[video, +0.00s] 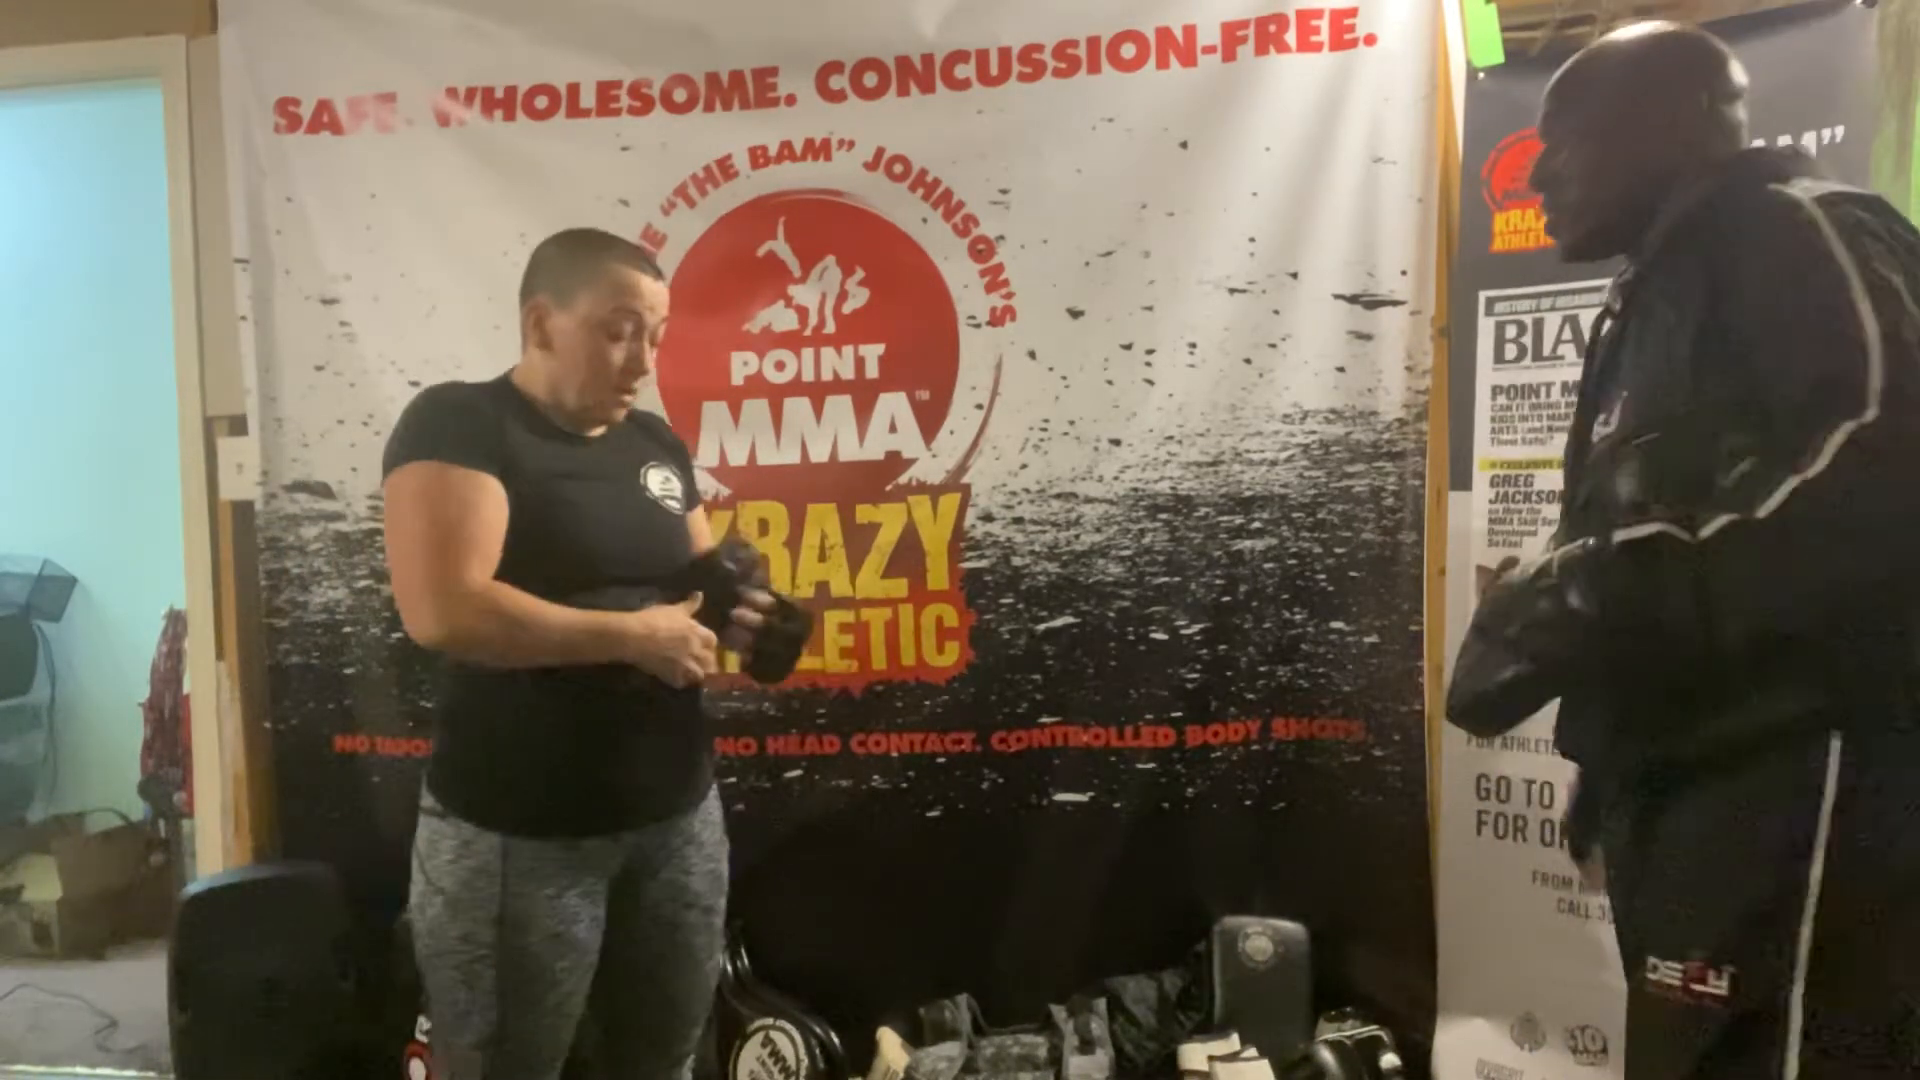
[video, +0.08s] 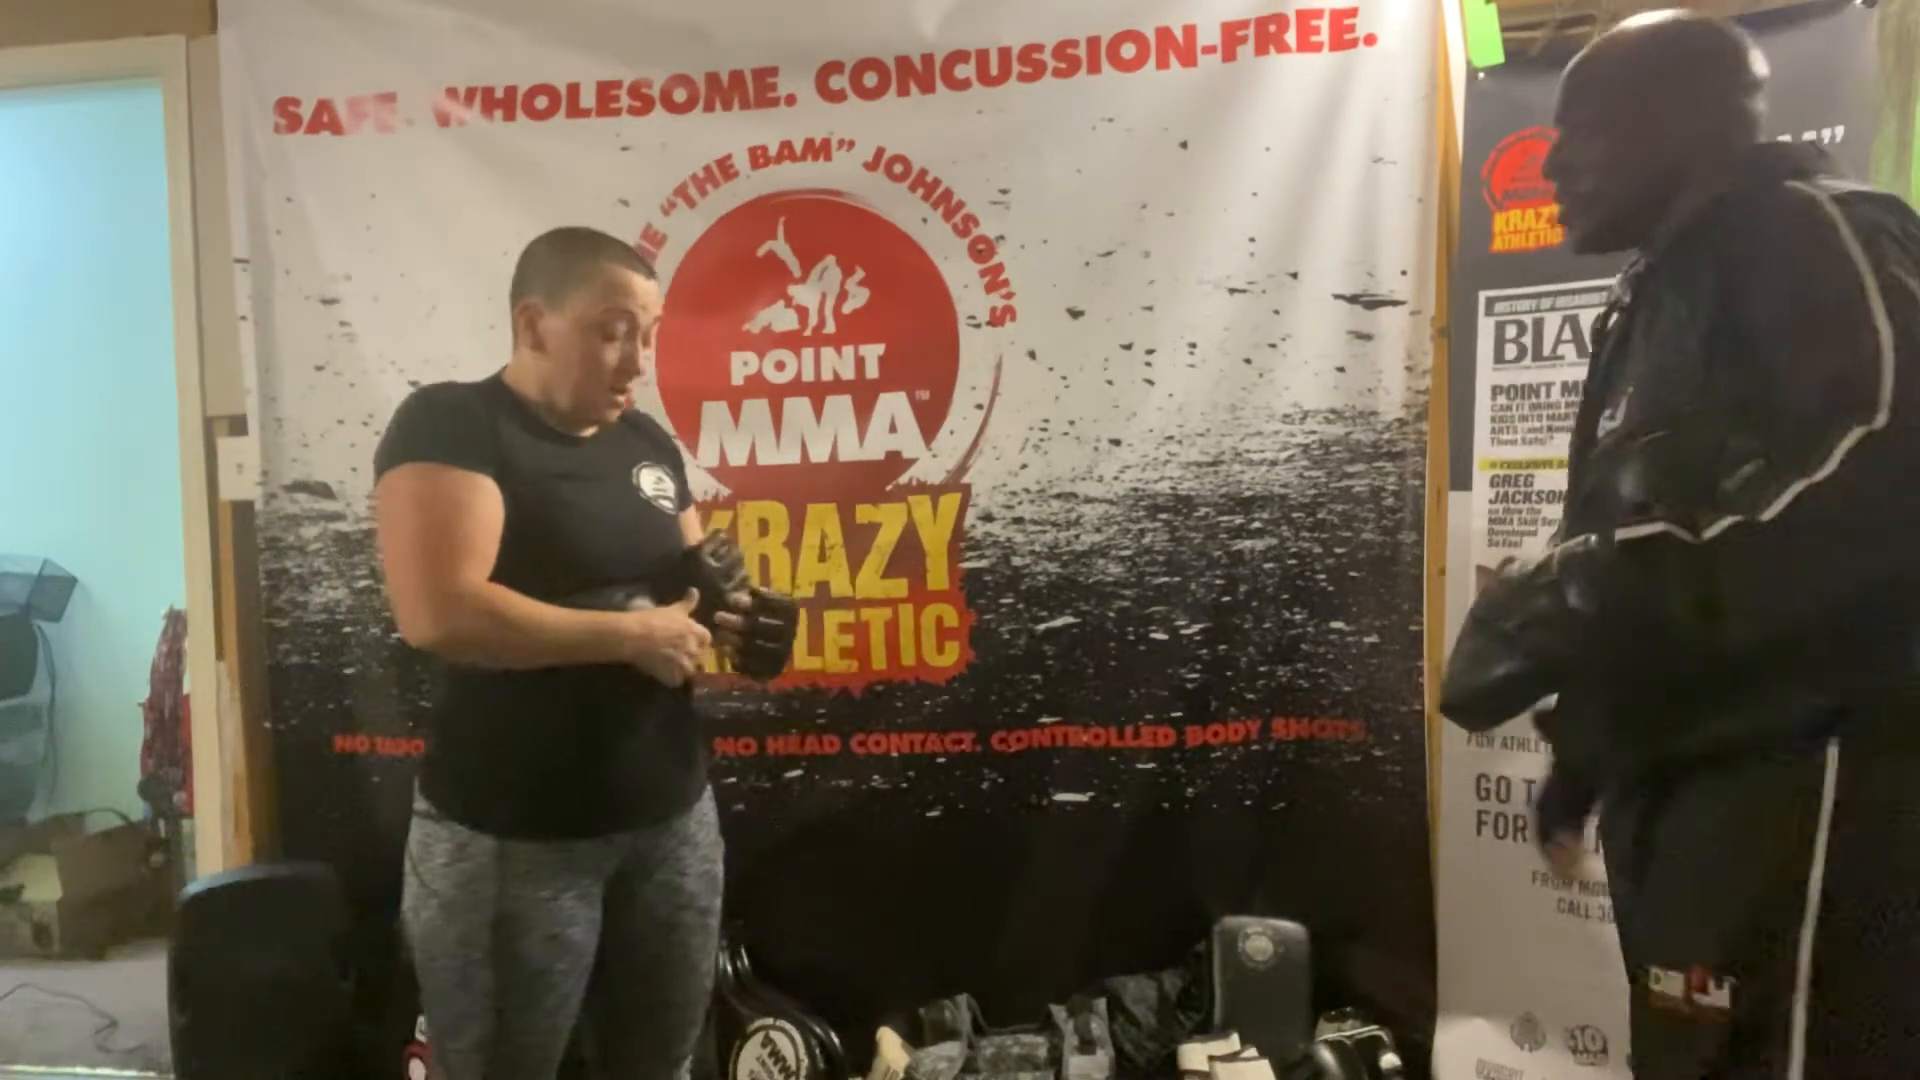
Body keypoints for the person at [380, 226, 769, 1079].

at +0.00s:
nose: (642, 362)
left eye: (652, 339)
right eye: (620, 333)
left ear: (657, 336)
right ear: (542, 323)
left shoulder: (654, 443)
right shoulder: (454, 423)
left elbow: (697, 589)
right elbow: (441, 608)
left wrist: (749, 620)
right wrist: (631, 635)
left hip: (673, 827)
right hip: (511, 840)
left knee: (656, 1065)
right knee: (500, 1067)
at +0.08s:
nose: (638, 363)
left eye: (646, 339)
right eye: (616, 335)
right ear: (533, 324)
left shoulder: (649, 445)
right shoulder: (446, 425)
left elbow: (686, 588)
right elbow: (437, 610)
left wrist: (732, 618)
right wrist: (628, 634)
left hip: (668, 830)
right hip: (505, 844)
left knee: (654, 1066)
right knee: (497, 1068)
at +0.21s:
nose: (628, 359)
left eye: (636, 335)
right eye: (606, 330)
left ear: (640, 335)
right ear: (521, 321)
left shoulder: (634, 442)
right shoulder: (435, 424)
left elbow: (675, 580)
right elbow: (422, 610)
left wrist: (725, 617)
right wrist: (612, 624)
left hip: (660, 833)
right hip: (495, 847)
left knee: (648, 1066)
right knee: (491, 1067)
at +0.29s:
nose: (621, 359)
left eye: (630, 336)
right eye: (600, 331)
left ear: (634, 336)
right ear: (516, 321)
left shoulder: (626, 442)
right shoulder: (427, 424)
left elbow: (663, 583)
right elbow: (412, 613)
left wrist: (714, 613)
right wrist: (605, 622)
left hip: (655, 834)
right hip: (492, 849)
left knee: (649, 1066)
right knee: (487, 1067)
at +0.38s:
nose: (617, 360)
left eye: (627, 336)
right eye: (599, 332)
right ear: (515, 319)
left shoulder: (621, 445)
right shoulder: (423, 426)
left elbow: (644, 601)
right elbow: (404, 616)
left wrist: (702, 619)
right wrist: (601, 617)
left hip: (652, 831)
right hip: (490, 849)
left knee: (645, 1066)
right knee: (485, 1068)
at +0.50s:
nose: (621, 356)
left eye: (629, 333)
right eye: (602, 329)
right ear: (516, 319)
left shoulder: (619, 448)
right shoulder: (420, 430)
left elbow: (638, 612)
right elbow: (363, 611)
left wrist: (701, 616)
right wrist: (553, 576)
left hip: (650, 832)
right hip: (490, 850)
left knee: (643, 1066)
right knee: (482, 1069)